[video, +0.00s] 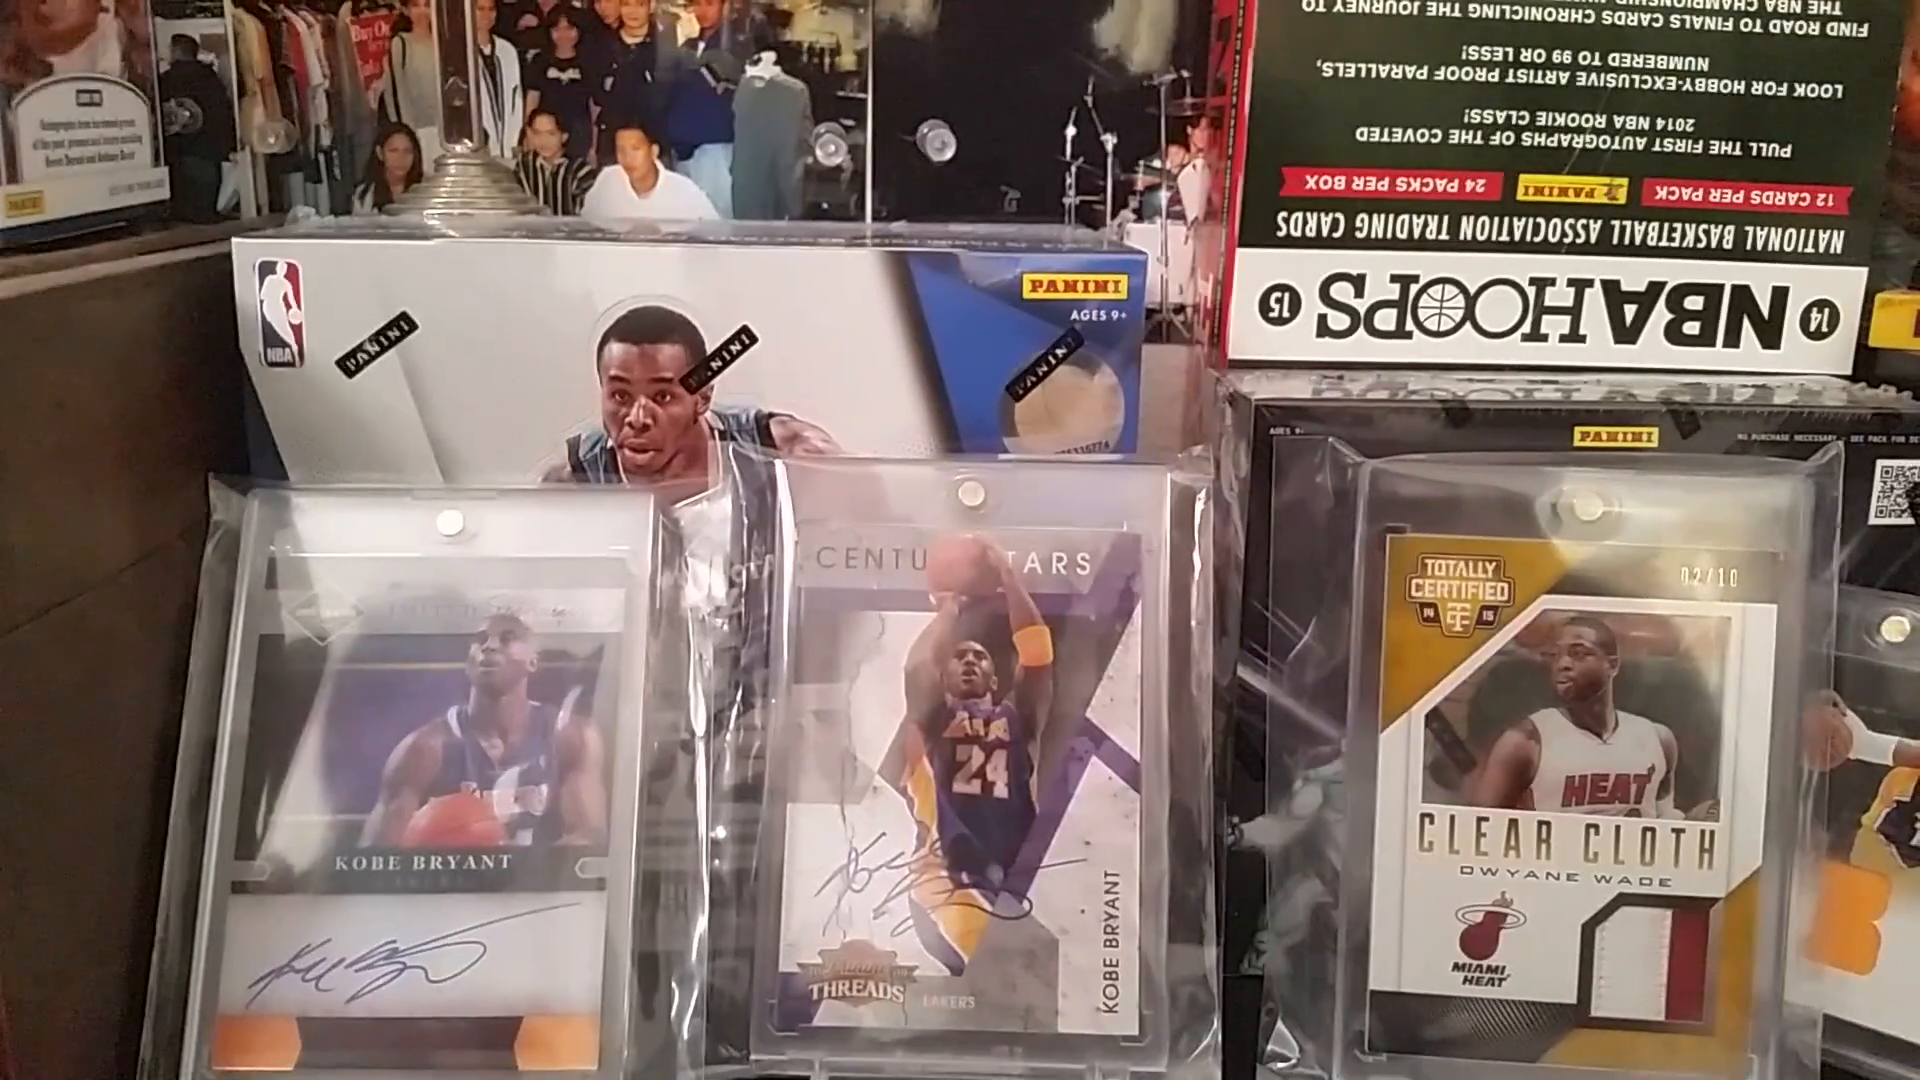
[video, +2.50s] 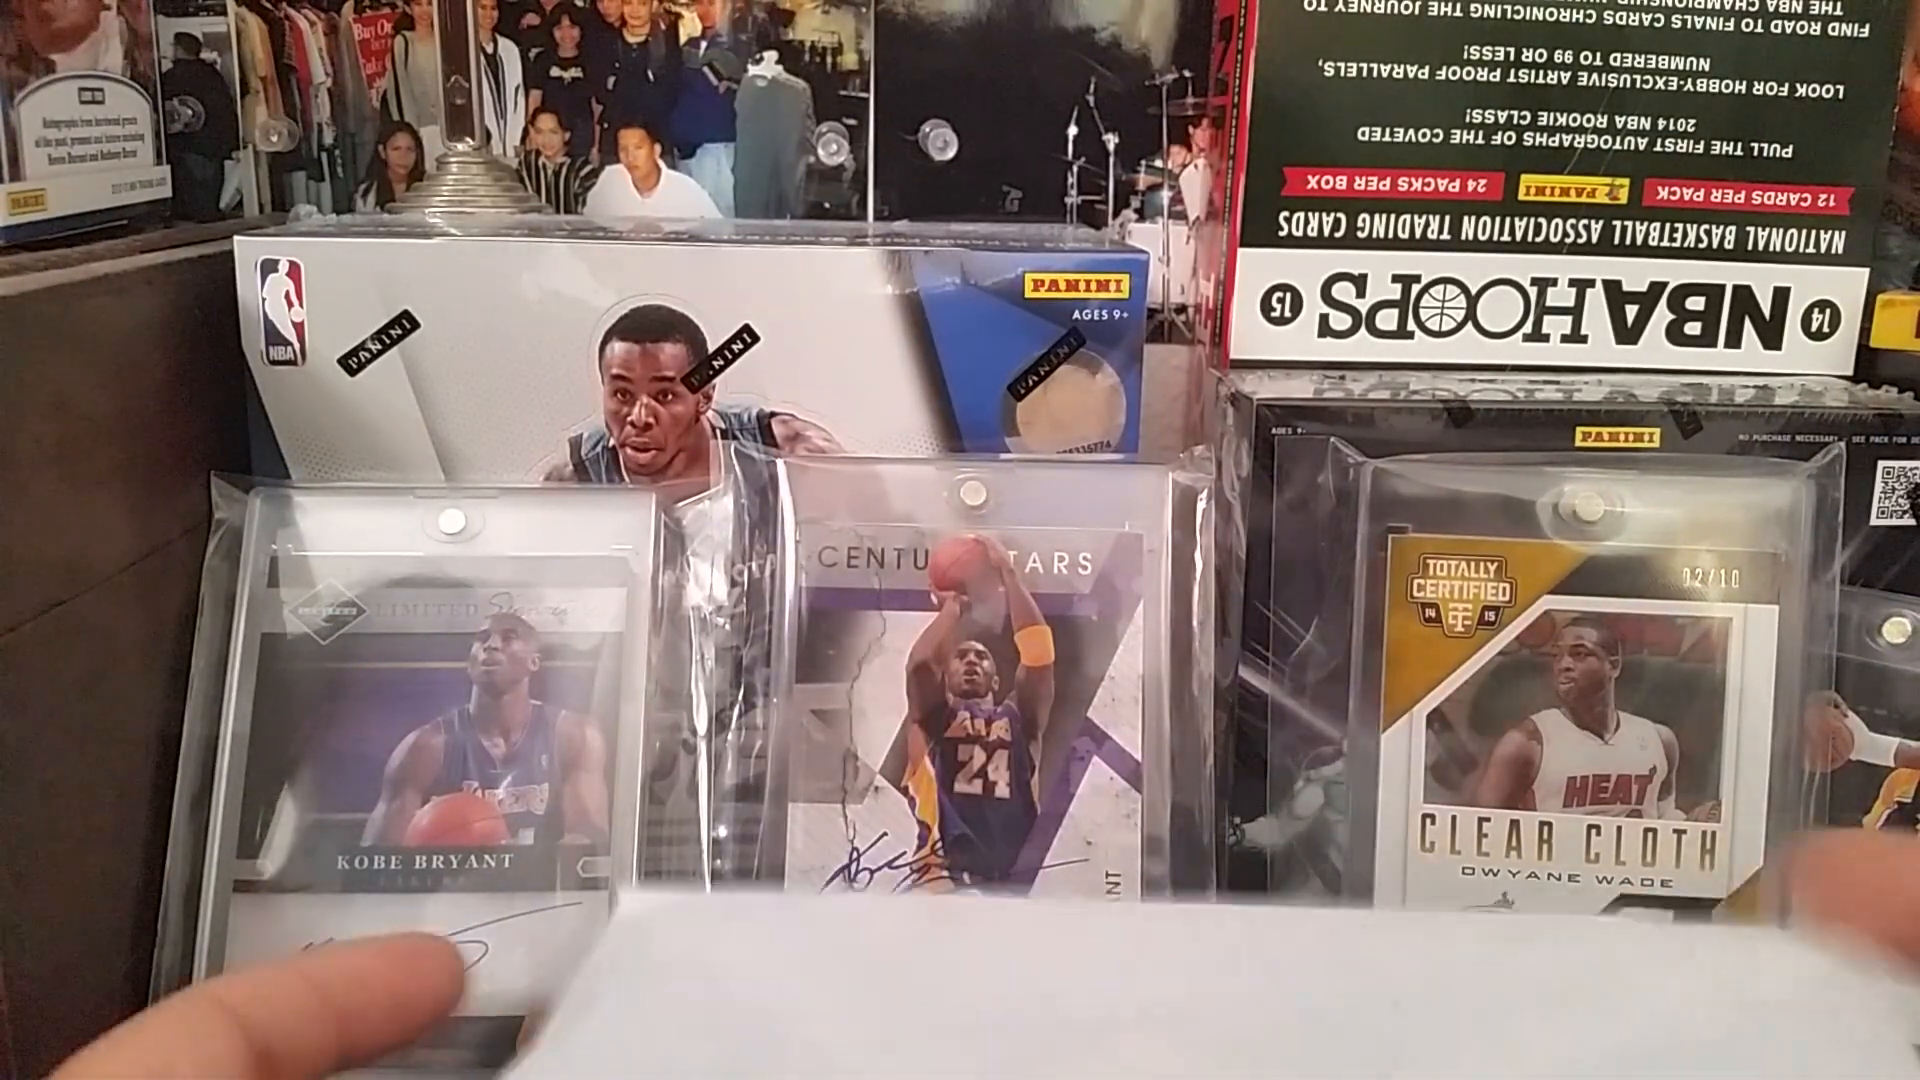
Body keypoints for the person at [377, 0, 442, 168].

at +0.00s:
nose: (422, 10)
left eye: (426, 5)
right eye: (416, 5)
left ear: (432, 9)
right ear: (405, 10)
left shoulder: (439, 39)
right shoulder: (400, 42)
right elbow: (398, 84)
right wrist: (406, 124)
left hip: (443, 117)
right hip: (417, 120)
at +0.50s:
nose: (423, 9)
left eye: (428, 3)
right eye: (417, 4)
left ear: (434, 7)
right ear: (407, 8)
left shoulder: (441, 37)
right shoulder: (401, 40)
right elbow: (400, 83)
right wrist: (408, 123)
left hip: (445, 115)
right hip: (418, 118)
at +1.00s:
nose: (423, 9)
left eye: (428, 3)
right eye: (417, 4)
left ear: (434, 7)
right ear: (407, 8)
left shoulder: (441, 38)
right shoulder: (401, 40)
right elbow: (399, 84)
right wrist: (407, 125)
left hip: (446, 117)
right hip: (419, 120)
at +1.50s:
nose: (424, 10)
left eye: (429, 4)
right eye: (417, 4)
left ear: (435, 7)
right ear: (408, 8)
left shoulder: (442, 38)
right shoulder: (402, 40)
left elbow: (452, 77)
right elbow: (401, 84)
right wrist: (409, 124)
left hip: (445, 117)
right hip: (419, 120)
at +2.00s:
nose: (424, 10)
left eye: (429, 4)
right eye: (418, 4)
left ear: (436, 7)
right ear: (408, 8)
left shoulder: (443, 38)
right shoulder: (402, 40)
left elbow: (453, 77)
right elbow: (401, 84)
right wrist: (410, 125)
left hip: (447, 117)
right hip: (420, 120)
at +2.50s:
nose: (425, 10)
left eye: (429, 4)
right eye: (418, 5)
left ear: (435, 7)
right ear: (409, 9)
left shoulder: (443, 38)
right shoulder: (402, 41)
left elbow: (453, 77)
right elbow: (402, 85)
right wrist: (410, 125)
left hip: (446, 116)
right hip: (420, 119)